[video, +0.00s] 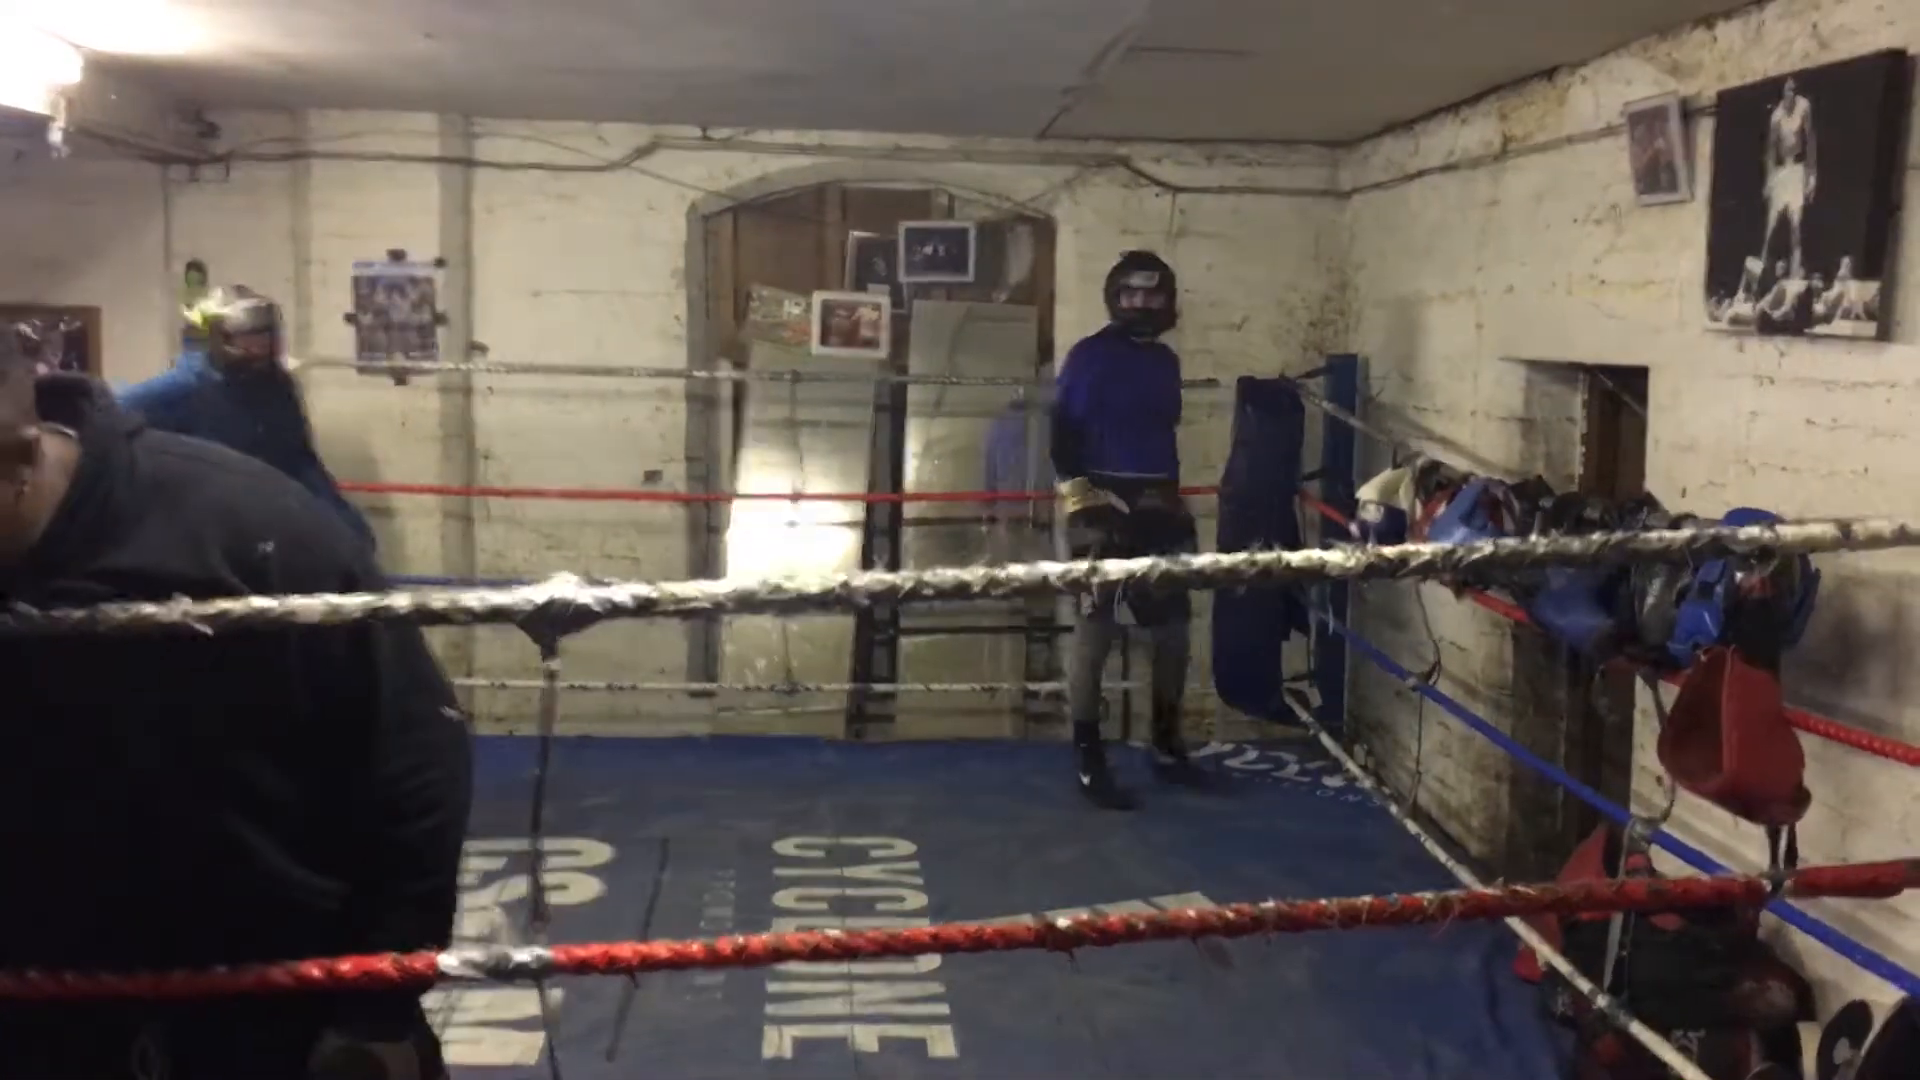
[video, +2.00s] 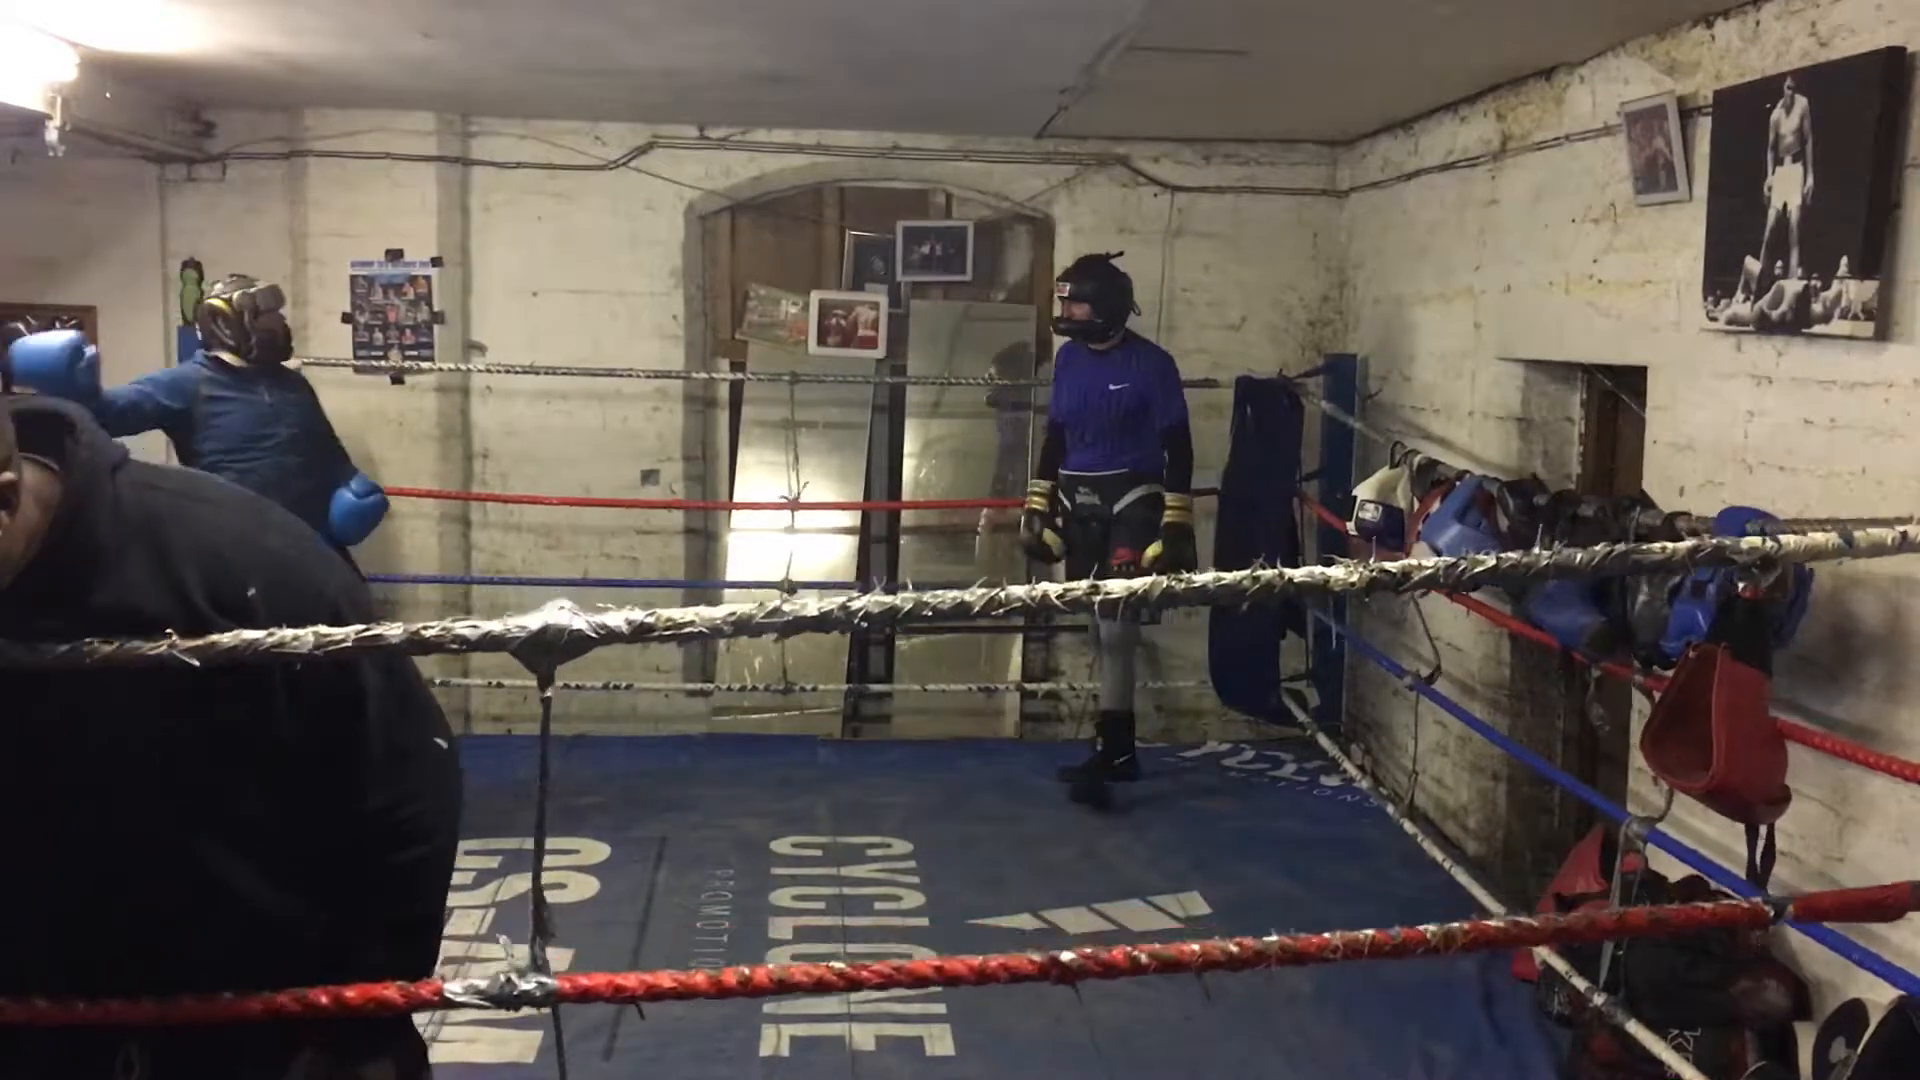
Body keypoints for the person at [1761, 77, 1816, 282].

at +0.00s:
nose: (1790, 95)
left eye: (1792, 91)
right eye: (1787, 91)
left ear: (1796, 92)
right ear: (1783, 92)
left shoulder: (1803, 108)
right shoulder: (1776, 114)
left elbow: (1810, 141)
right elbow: (1770, 146)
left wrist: (1812, 176)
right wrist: (1769, 178)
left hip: (1797, 168)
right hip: (1778, 169)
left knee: (1795, 222)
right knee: (1771, 222)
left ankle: (1795, 266)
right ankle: (1763, 264)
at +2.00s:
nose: (1789, 93)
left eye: (1792, 90)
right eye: (1787, 89)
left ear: (1796, 90)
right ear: (1782, 89)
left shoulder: (1802, 106)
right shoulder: (1775, 114)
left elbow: (1808, 139)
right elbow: (1771, 146)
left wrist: (1810, 175)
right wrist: (1769, 175)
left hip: (1797, 162)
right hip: (1779, 164)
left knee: (1794, 218)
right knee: (1772, 218)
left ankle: (1794, 267)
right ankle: (1762, 266)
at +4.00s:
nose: (1788, 92)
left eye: (1791, 89)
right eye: (1786, 88)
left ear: (1796, 90)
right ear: (1782, 89)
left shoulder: (1801, 104)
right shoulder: (1775, 115)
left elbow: (1808, 139)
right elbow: (1771, 146)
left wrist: (1810, 174)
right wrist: (1769, 176)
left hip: (1797, 163)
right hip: (1780, 164)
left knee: (1794, 221)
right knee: (1771, 222)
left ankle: (1794, 269)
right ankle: (1761, 268)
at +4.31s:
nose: (1789, 92)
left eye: (1792, 89)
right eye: (1787, 89)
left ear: (1796, 90)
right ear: (1783, 89)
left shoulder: (1802, 104)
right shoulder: (1776, 115)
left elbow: (1808, 139)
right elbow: (1771, 146)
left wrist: (1810, 174)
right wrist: (1769, 175)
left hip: (1797, 164)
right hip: (1780, 165)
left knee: (1794, 221)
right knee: (1771, 221)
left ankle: (1795, 268)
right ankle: (1762, 269)